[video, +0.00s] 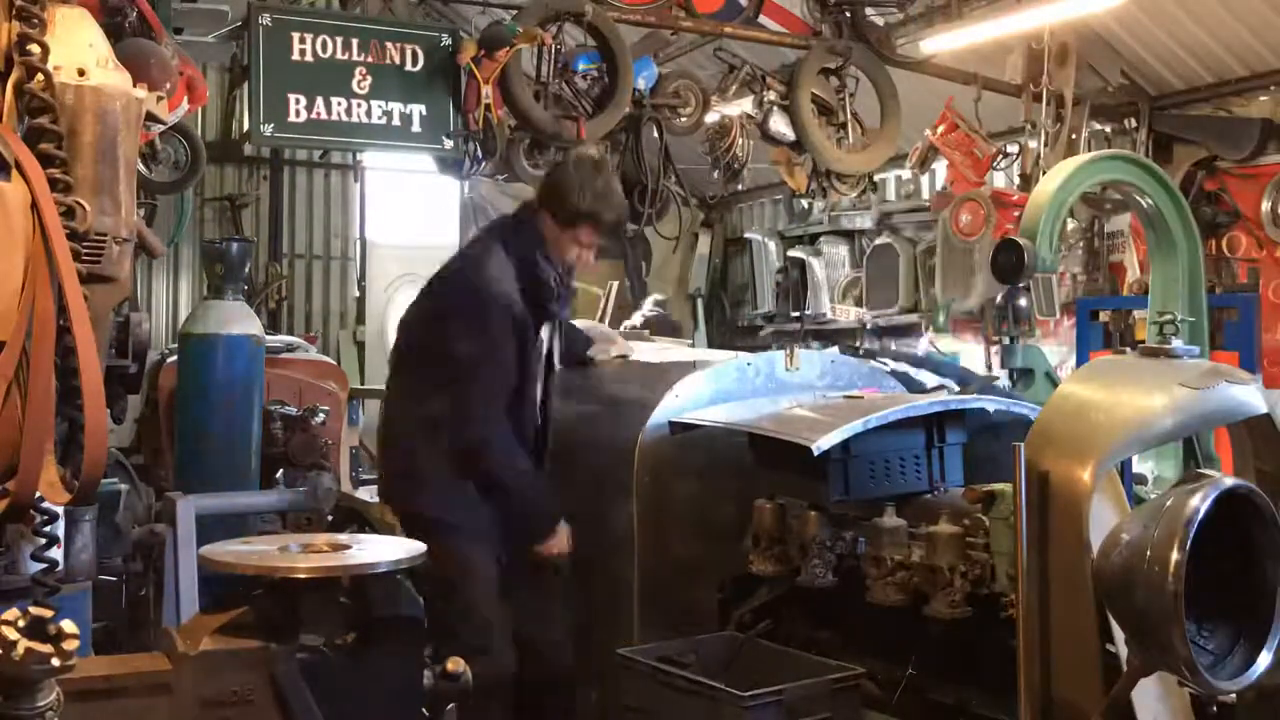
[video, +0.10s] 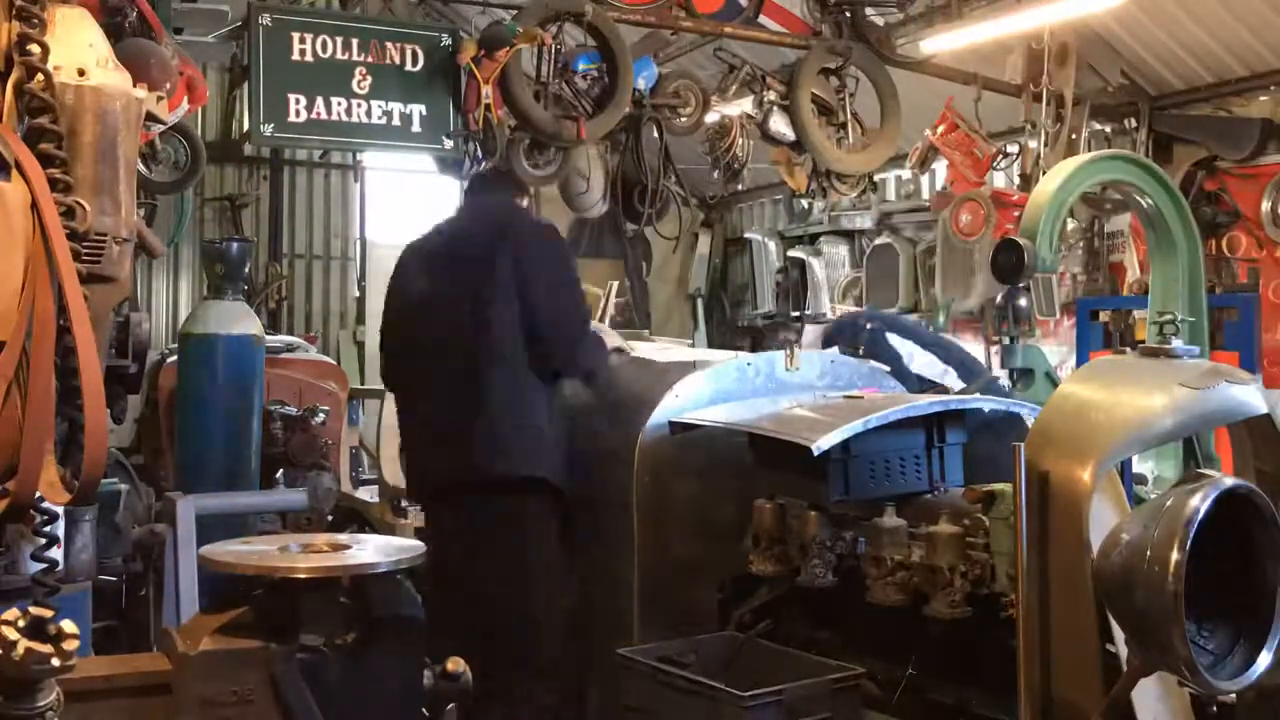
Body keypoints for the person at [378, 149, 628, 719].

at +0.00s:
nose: (587, 258)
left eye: (594, 246)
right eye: (584, 243)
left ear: (551, 214)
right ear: (553, 218)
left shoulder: (531, 259)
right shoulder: (490, 286)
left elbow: (525, 334)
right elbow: (480, 430)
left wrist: (585, 344)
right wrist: (541, 517)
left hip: (487, 466)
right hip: (436, 478)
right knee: (482, 649)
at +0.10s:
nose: (536, 212)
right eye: (534, 201)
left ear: (469, 196)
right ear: (524, 197)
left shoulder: (417, 253)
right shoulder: (531, 237)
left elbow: (394, 368)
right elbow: (566, 352)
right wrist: (600, 345)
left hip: (436, 462)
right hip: (515, 460)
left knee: (455, 602)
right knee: (526, 604)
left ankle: (467, 705)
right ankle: (521, 706)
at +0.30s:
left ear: (464, 233)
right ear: (517, 229)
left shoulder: (411, 282)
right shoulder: (544, 253)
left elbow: (396, 392)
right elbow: (591, 355)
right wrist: (603, 336)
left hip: (436, 456)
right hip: (530, 453)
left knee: (454, 581)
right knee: (534, 584)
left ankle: (448, 700)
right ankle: (532, 705)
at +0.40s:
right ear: (489, 226)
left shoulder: (390, 278)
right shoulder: (518, 239)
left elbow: (370, 388)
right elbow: (591, 300)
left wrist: (414, 413)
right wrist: (557, 365)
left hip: (426, 457)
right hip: (531, 439)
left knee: (447, 590)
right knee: (534, 585)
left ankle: (448, 703)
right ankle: (534, 706)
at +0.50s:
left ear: (448, 200)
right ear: (493, 204)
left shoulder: (394, 236)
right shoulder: (520, 232)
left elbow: (372, 334)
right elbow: (584, 299)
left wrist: (387, 402)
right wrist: (561, 374)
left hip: (412, 429)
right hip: (507, 428)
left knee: (418, 569)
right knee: (497, 567)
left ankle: (424, 694)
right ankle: (492, 698)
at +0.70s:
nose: (599, 256)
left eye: (602, 250)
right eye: (600, 249)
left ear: (540, 220)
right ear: (585, 232)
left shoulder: (466, 253)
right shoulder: (578, 262)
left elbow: (427, 358)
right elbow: (595, 372)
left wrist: (419, 447)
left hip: (443, 452)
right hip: (526, 455)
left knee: (458, 578)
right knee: (511, 584)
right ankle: (498, 696)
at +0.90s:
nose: (587, 249)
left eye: (592, 238)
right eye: (589, 234)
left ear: (542, 208)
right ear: (560, 210)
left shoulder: (453, 261)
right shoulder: (546, 257)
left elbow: (416, 371)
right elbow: (564, 369)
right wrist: (596, 347)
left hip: (419, 473)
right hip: (501, 478)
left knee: (442, 618)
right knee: (504, 630)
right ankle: (504, 711)